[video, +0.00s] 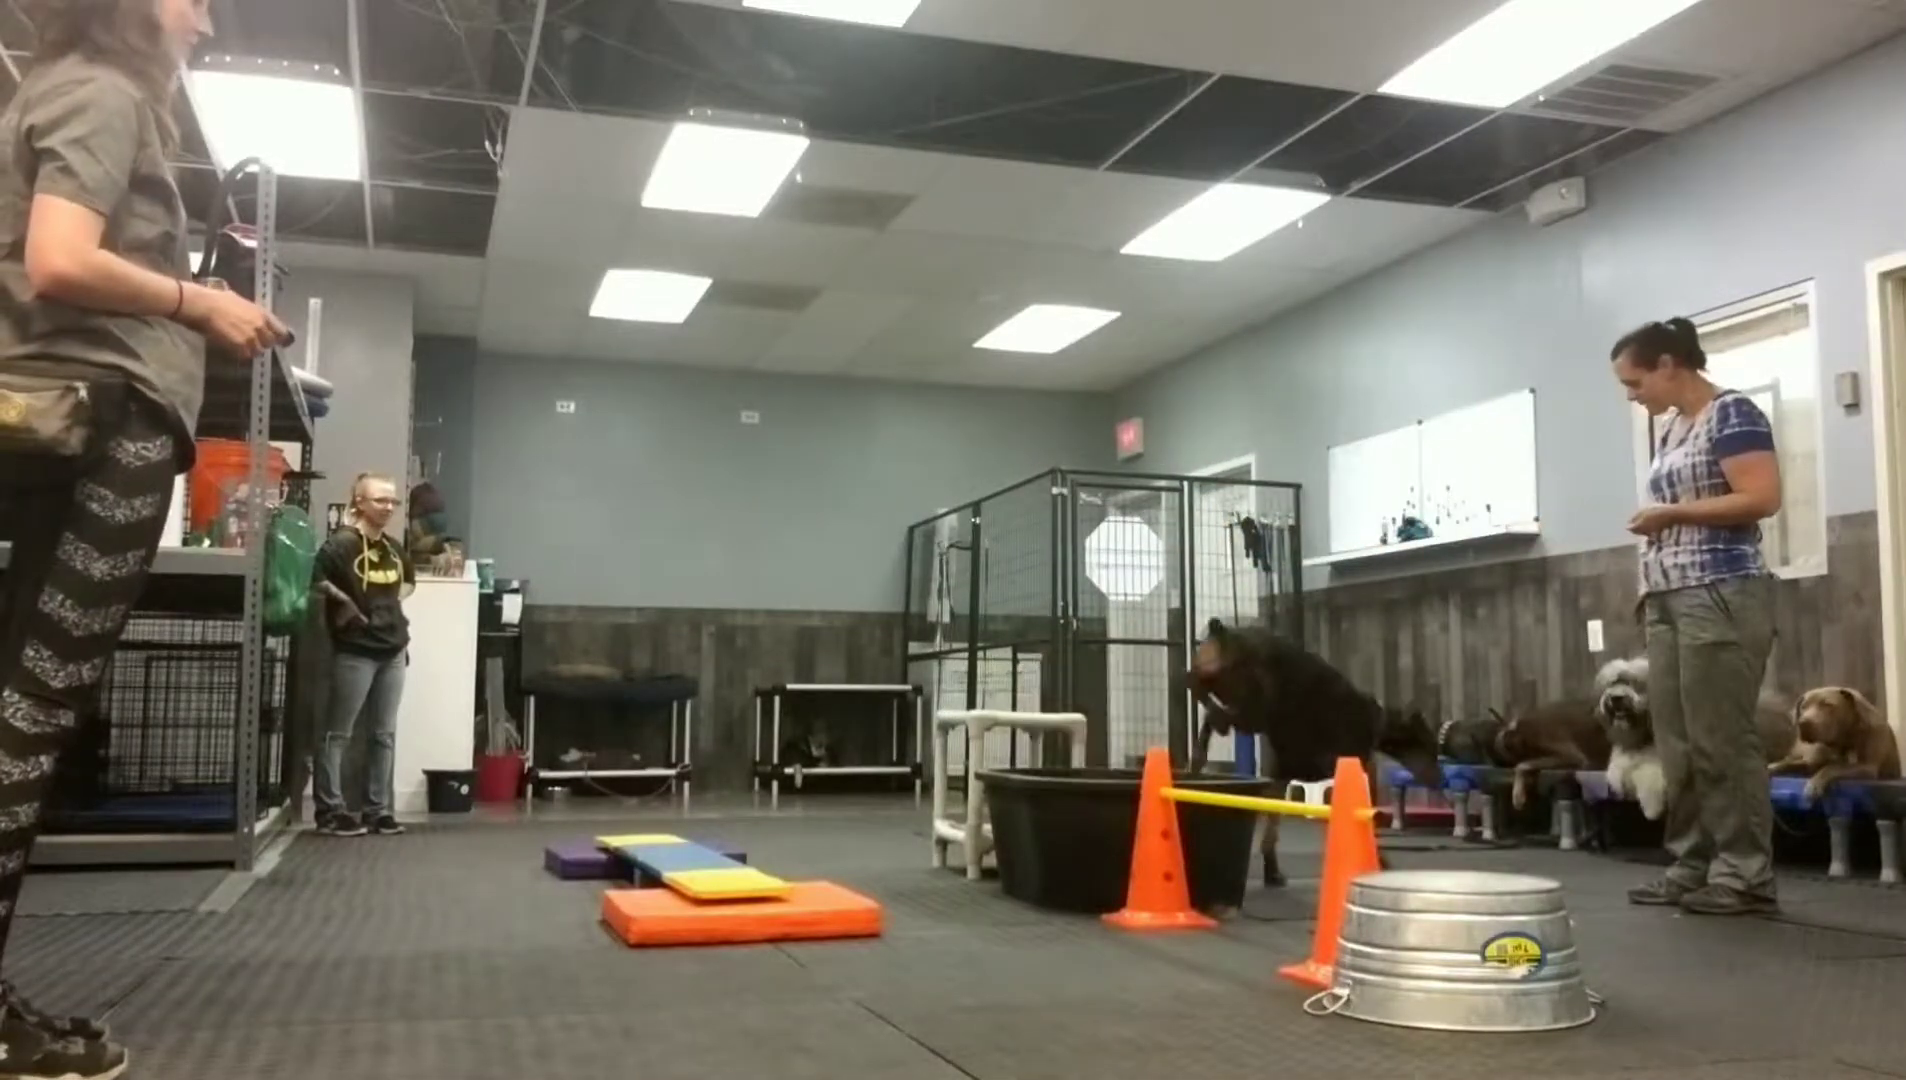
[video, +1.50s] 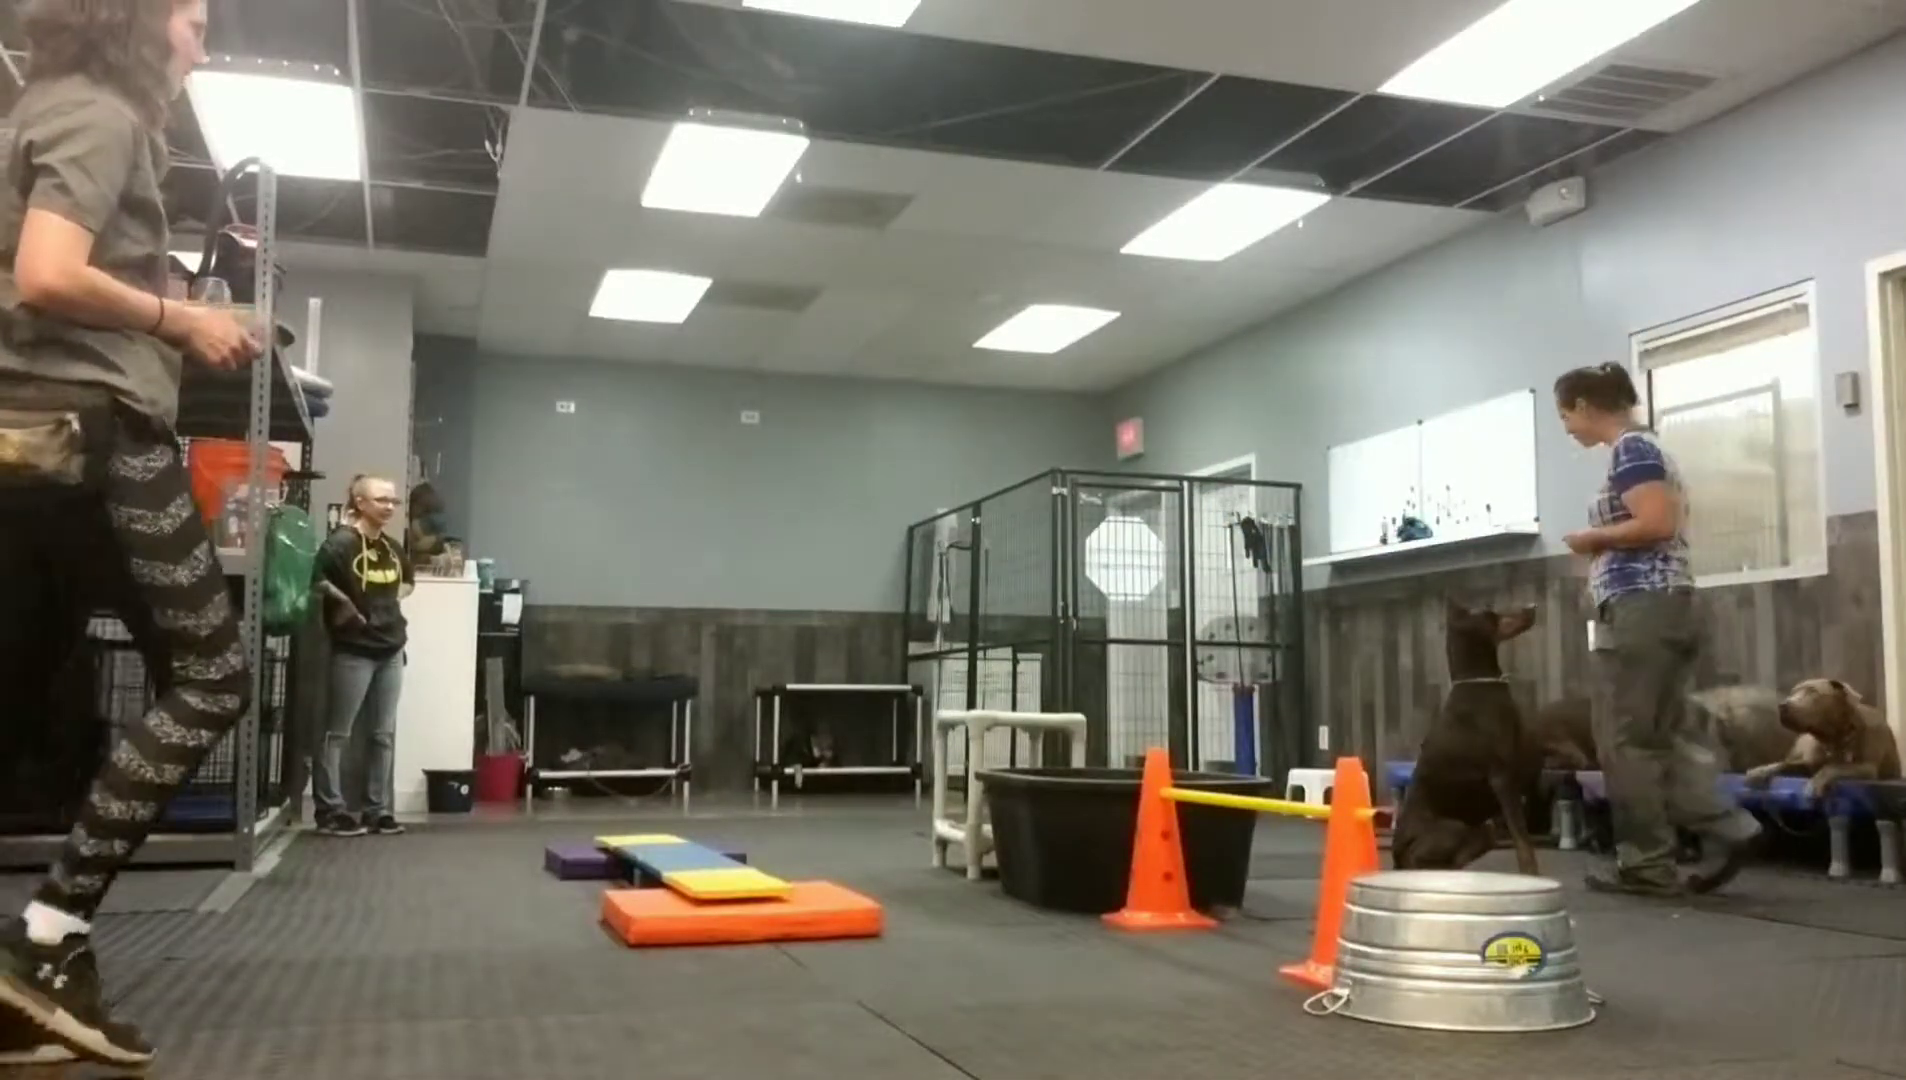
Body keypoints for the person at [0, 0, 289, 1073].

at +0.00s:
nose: (201, 22)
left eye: (202, 10)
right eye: (192, 5)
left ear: (114, 11)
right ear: (145, 4)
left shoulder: (74, 87)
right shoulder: (103, 89)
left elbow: (61, 263)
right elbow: (59, 261)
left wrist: (190, 299)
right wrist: (201, 301)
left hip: (81, 427)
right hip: (98, 430)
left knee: (40, 704)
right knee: (38, 707)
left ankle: (7, 1010)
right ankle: (3, 1015)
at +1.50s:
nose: (200, 38)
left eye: (202, 19)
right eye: (191, 14)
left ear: (95, 19)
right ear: (136, 15)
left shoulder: (48, 104)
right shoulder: (98, 109)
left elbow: (56, 274)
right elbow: (46, 274)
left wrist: (172, 308)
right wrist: (180, 315)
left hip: (35, 432)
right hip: (97, 437)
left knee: (30, 712)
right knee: (209, 673)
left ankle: (37, 972)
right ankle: (51, 936)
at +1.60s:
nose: (222, 44)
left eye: (224, 24)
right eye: (212, 21)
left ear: (118, 28)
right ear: (158, 24)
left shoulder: (49, 118)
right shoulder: (126, 116)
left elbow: (52, 282)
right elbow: (69, 277)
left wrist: (188, 313)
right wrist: (197, 322)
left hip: (29, 438)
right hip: (115, 441)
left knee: (26, 720)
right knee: (238, 680)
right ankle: (207, 971)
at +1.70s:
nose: (271, 68)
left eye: (269, 50)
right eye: (262, 47)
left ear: (172, 52)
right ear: (212, 48)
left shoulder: (108, 144)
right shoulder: (185, 142)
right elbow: (140, 296)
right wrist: (260, 345)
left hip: (91, 453)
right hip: (168, 455)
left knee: (37, 715)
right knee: (279, 703)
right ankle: (337, 962)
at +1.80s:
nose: (350, 85)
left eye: (347, 64)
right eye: (342, 64)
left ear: (242, 74)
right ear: (304, 70)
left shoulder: (194, 166)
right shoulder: (279, 163)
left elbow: (172, 323)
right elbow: (248, 316)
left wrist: (325, 373)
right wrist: (358, 361)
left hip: (192, 457)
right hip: (274, 458)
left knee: (124, 714)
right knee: (362, 702)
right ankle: (357, 970)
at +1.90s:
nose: (441, 90)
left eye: (438, 71)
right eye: (429, 70)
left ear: (332, 78)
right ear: (380, 73)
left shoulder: (283, 175)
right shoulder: (388, 166)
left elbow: (271, 319)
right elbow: (370, 318)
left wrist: (383, 352)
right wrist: (458, 356)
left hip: (299, 449)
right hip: (373, 449)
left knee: (327, 722)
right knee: (394, 718)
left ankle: (134, 890)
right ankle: (363, 970)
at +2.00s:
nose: (531, 112)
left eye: (528, 93)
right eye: (523, 92)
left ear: (427, 95)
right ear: (487, 94)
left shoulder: (380, 185)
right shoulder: (482, 184)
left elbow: (355, 323)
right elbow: (465, 332)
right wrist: (529, 377)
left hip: (372, 453)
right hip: (443, 459)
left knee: (508, 691)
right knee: (413, 713)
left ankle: (453, 933)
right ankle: (358, 968)